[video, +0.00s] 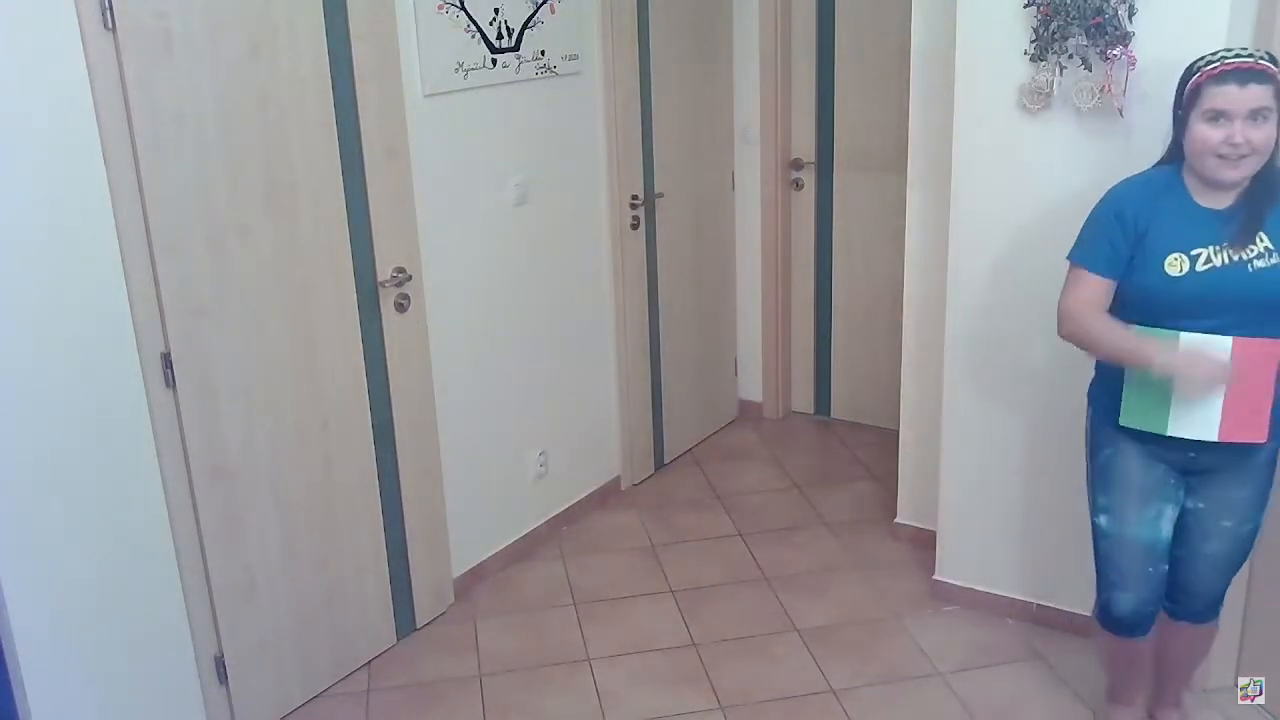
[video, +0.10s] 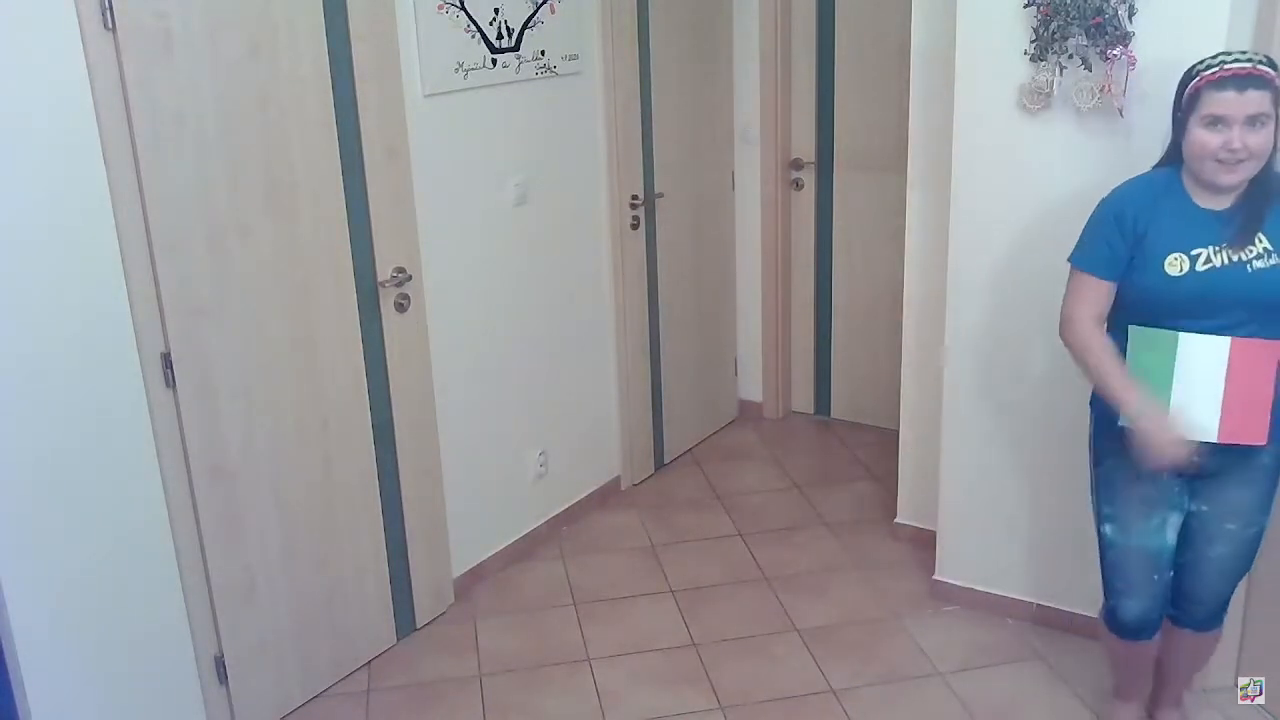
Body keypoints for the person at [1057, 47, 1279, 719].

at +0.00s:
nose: (1236, 136)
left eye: (1255, 117)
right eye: (1216, 117)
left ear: (1277, 128)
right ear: (1183, 126)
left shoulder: (1275, 212)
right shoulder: (1134, 203)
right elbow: (1075, 315)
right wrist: (1168, 358)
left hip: (1244, 443)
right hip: (1136, 434)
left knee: (1197, 602)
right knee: (1127, 605)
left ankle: (1171, 704)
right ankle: (1123, 706)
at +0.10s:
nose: (1234, 141)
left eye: (1254, 123)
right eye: (1215, 122)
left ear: (1274, 132)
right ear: (1182, 128)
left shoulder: (1276, 214)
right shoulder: (1132, 208)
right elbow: (1079, 321)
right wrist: (1142, 413)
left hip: (1249, 445)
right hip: (1142, 436)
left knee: (1201, 609)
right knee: (1133, 611)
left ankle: (1171, 704)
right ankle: (1127, 703)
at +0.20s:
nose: (1229, 142)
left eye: (1248, 124)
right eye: (1210, 124)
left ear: (1270, 133)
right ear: (1179, 131)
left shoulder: (1277, 213)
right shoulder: (1127, 213)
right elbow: (1070, 327)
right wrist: (1054, 439)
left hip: (1250, 452)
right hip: (1141, 444)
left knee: (1207, 610)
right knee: (1146, 615)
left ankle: (1171, 702)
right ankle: (1129, 700)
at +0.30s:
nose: (1221, 126)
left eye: (1241, 109)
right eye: (1202, 109)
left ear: (1262, 122)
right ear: (1171, 120)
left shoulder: (1272, 206)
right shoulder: (1118, 205)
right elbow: (1042, 298)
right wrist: (978, 378)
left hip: (1250, 437)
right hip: (1143, 431)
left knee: (1204, 595)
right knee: (1153, 606)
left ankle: (1171, 701)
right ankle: (1127, 702)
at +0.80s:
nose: (1142, 112)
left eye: (1163, 100)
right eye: (1124, 97)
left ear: (1187, 115)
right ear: (1099, 110)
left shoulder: (1228, 208)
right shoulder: (1050, 193)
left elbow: (1276, 313)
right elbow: (980, 273)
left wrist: (1277, 416)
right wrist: (924, 327)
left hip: (1164, 433)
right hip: (1061, 426)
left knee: (1103, 608)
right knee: (1087, 587)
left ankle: (1071, 710)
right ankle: (1117, 688)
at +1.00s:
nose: (1098, 134)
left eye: (1118, 119)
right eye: (1081, 118)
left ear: (1141, 133)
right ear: (1055, 129)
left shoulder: (1180, 221)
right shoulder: (1014, 211)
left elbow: (1263, 310)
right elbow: (954, 315)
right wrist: (969, 365)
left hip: (1117, 458)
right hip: (1020, 447)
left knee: (1039, 627)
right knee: (1062, 589)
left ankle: (1026, 714)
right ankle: (1123, 693)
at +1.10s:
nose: (1068, 127)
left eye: (1087, 114)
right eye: (1052, 113)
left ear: (1112, 129)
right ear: (1027, 126)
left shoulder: (1148, 218)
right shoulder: (982, 211)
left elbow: (1236, 306)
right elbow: (922, 318)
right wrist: (950, 383)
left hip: (1094, 455)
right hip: (991, 445)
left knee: (1033, 629)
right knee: (977, 605)